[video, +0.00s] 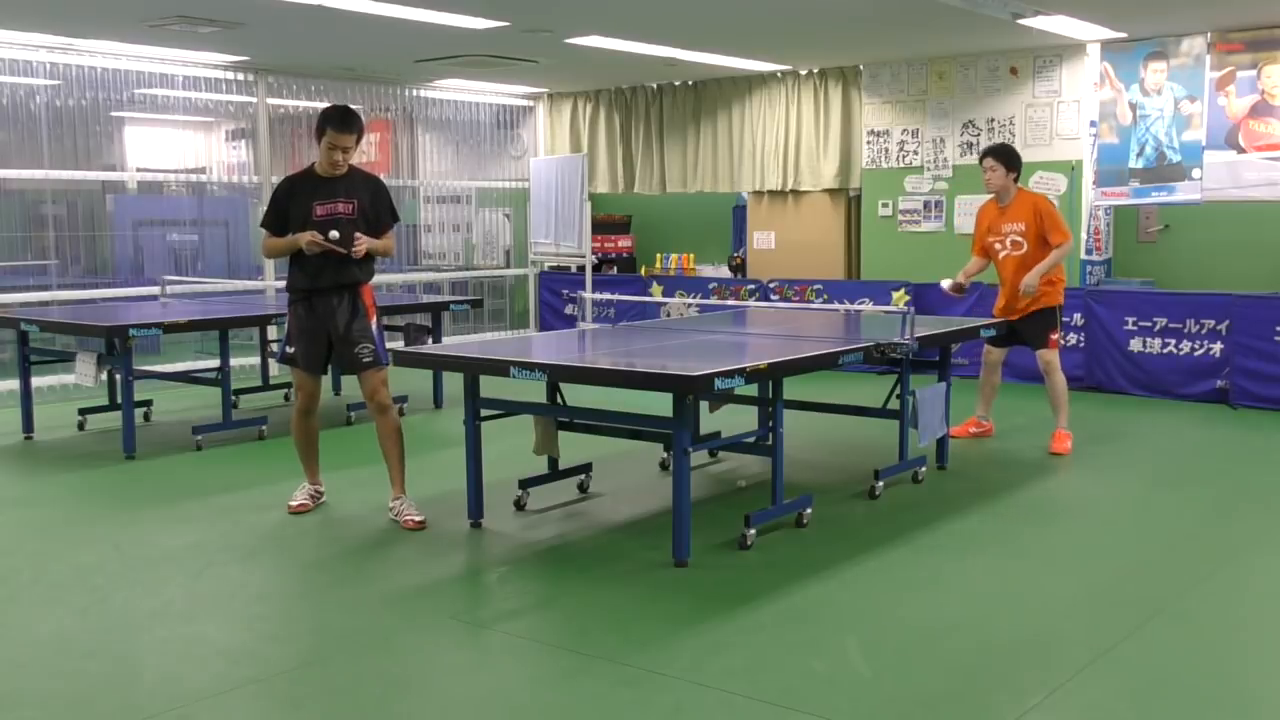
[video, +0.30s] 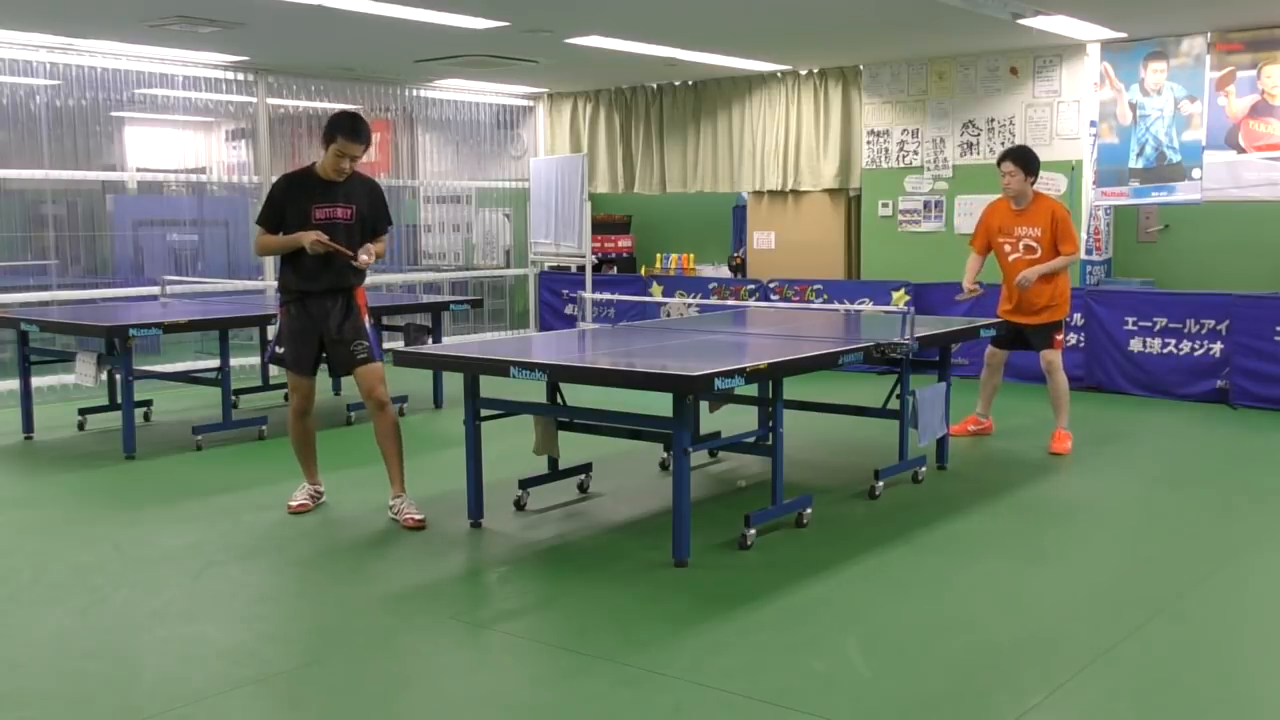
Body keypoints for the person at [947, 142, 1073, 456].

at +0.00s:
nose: (986, 176)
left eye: (992, 170)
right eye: (984, 171)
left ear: (1012, 173)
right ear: (984, 174)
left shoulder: (1038, 204)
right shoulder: (986, 211)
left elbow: (1065, 244)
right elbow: (982, 255)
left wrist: (1037, 273)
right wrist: (963, 276)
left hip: (1042, 297)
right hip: (1007, 300)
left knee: (1047, 360)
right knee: (991, 356)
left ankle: (1062, 429)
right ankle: (982, 420)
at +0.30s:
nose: (1005, 180)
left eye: (1011, 175)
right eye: (1002, 174)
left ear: (1030, 177)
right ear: (1000, 177)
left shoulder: (1054, 211)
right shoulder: (993, 211)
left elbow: (1071, 255)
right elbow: (978, 251)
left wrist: (1037, 271)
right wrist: (969, 279)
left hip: (1049, 304)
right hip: (1012, 304)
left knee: (1050, 361)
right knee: (993, 356)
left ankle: (1062, 429)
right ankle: (982, 417)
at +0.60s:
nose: (1002, 188)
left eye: (1008, 182)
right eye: (998, 183)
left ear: (1025, 182)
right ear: (995, 182)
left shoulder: (1046, 214)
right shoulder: (985, 215)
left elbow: (1058, 262)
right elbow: (947, 250)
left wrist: (1020, 271)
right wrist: (966, 279)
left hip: (1040, 307)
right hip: (999, 307)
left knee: (1047, 361)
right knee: (977, 356)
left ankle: (1061, 429)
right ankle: (981, 418)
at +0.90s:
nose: (994, 191)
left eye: (1000, 185)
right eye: (991, 185)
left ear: (1018, 185)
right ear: (988, 185)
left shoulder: (1042, 217)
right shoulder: (981, 218)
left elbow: (1054, 265)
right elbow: (951, 253)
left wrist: (1018, 275)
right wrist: (932, 275)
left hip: (1040, 309)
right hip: (1000, 308)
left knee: (1046, 361)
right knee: (977, 356)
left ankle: (1062, 429)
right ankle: (980, 419)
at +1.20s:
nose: (979, 203)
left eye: (984, 197)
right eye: (976, 197)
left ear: (1005, 197)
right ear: (976, 199)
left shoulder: (1033, 225)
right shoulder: (980, 230)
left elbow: (1057, 270)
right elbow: (967, 268)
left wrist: (1020, 293)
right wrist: (945, 286)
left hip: (1047, 308)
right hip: (1011, 308)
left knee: (1047, 361)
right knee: (985, 354)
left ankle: (1062, 429)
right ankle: (981, 418)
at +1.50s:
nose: (974, 211)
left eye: (980, 204)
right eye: (971, 204)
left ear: (999, 205)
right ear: (971, 206)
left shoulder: (1029, 230)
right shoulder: (979, 235)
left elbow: (1053, 275)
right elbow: (977, 276)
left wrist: (1015, 296)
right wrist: (958, 298)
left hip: (1046, 306)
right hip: (1011, 308)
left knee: (1045, 362)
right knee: (985, 353)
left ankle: (1061, 429)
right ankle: (982, 418)